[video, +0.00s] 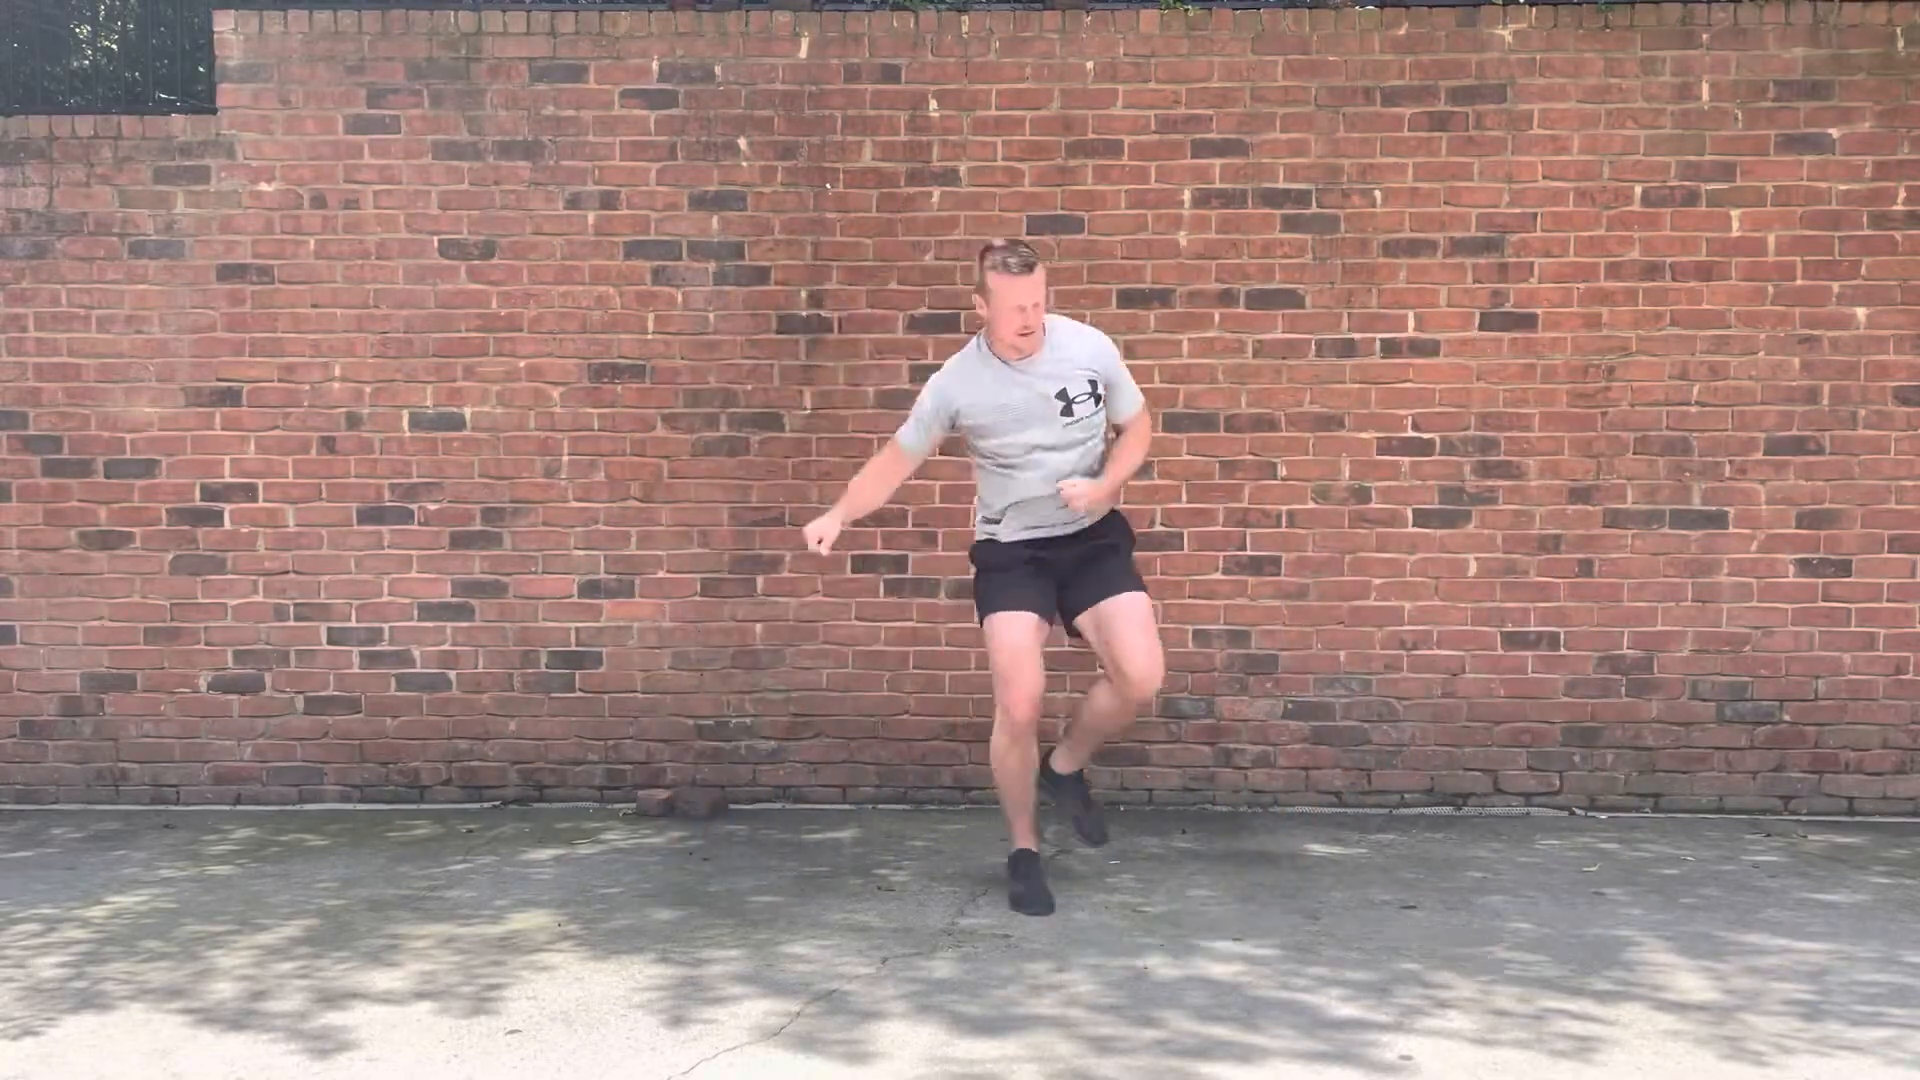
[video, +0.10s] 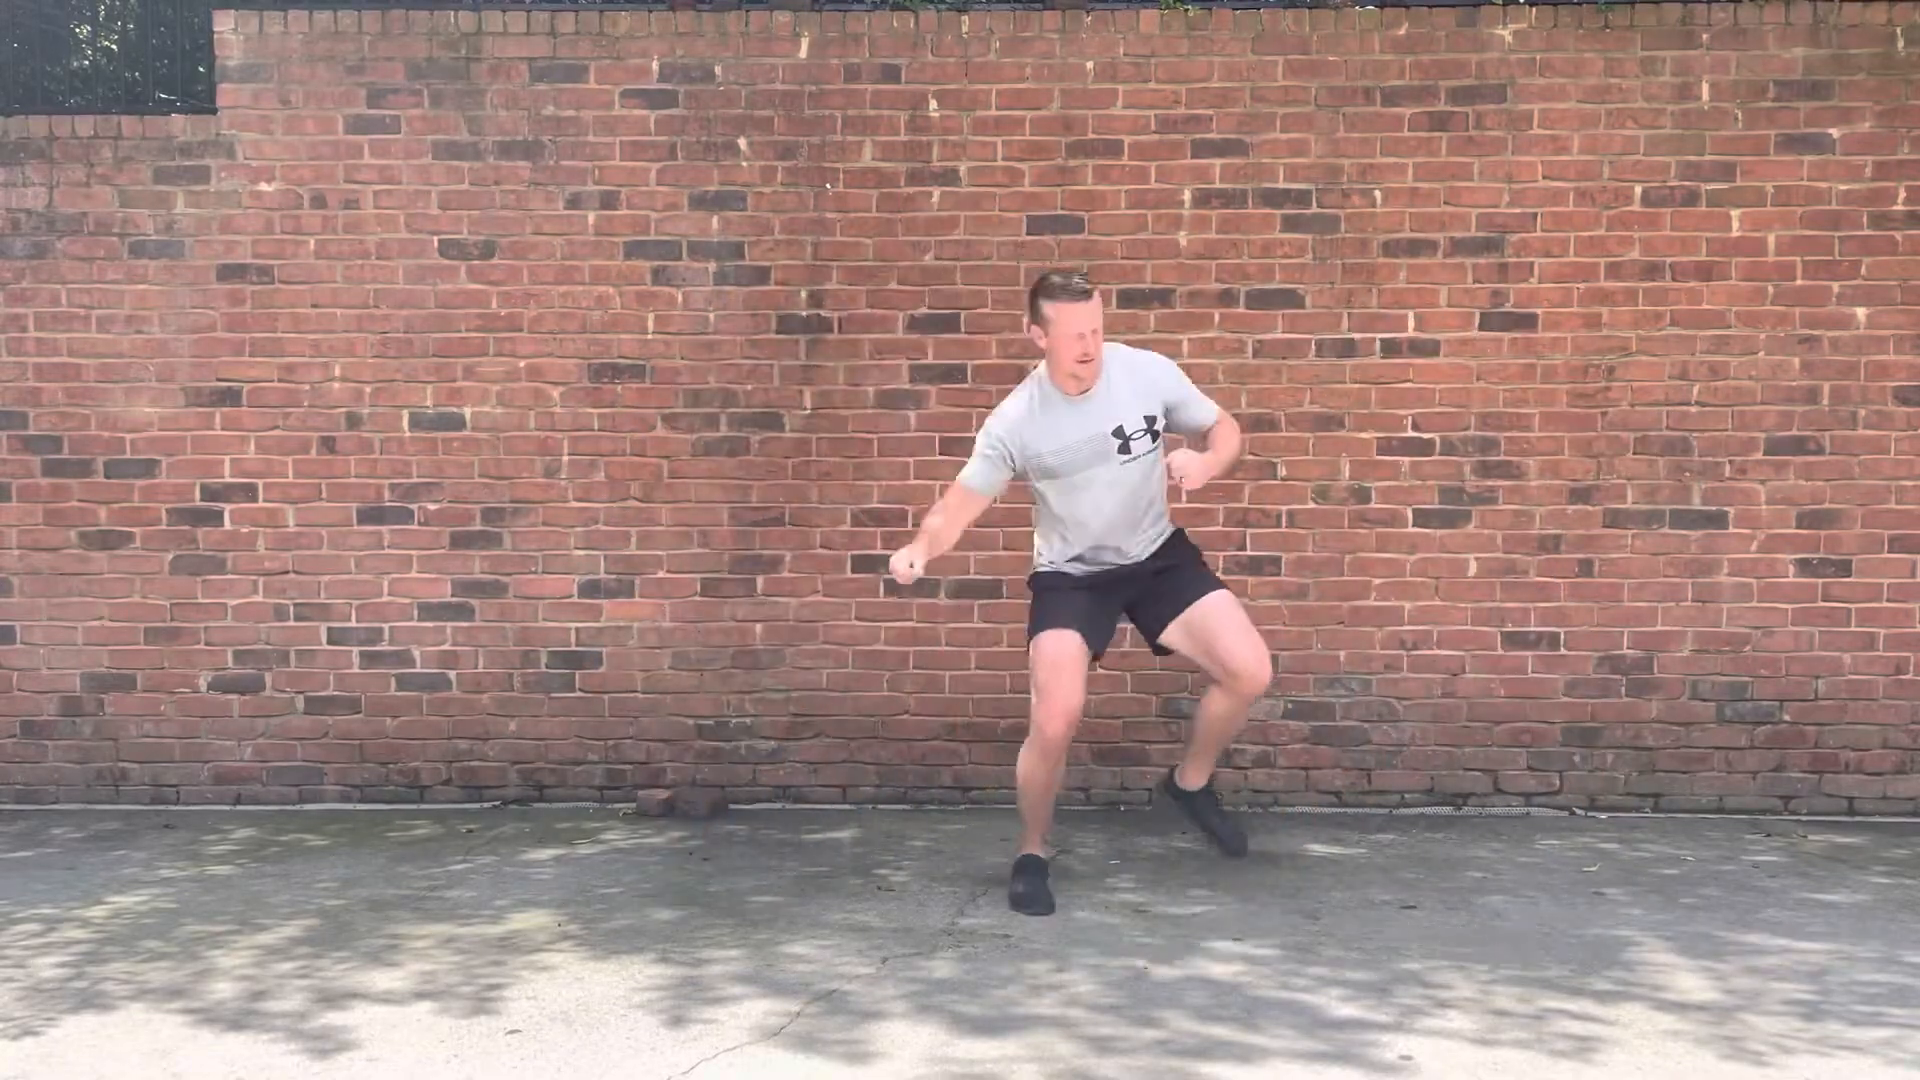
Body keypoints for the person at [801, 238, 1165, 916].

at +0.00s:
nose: (1029, 319)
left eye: (1037, 304)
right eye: (1013, 307)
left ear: (1048, 297)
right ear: (982, 306)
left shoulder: (1089, 348)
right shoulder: (954, 384)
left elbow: (1136, 423)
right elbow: (895, 459)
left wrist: (1106, 486)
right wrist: (839, 514)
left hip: (1095, 537)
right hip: (1011, 549)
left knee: (1141, 677)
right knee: (1020, 708)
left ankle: (1065, 767)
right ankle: (1024, 850)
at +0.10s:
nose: (1089, 348)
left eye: (1096, 332)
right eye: (1073, 335)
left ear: (1105, 325)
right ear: (1039, 335)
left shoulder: (1149, 374)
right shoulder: (1015, 422)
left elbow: (1224, 430)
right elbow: (955, 508)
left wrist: (1208, 461)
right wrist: (918, 550)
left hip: (1157, 556)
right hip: (1070, 573)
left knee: (1250, 670)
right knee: (1055, 719)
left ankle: (1191, 783)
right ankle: (1033, 853)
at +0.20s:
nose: (1176, 309)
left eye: (1184, 294)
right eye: (1161, 296)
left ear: (1193, 289)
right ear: (1125, 298)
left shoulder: (1228, 331)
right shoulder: (1094, 382)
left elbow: (1320, 355)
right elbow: (1035, 458)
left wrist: (1310, 392)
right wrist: (1016, 496)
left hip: (1243, 523)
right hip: (1150, 549)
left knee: (1358, 624)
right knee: (1103, 687)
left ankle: (1325, 737)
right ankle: (1042, 847)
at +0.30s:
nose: (1272, 285)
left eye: (1281, 270)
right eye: (1257, 272)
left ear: (1291, 262)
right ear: (1222, 264)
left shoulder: (1319, 305)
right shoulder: (1186, 346)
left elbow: (1405, 325)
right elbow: (1107, 413)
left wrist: (1472, 373)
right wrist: (1086, 448)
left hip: (1330, 499)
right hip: (1232, 521)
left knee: (1451, 613)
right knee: (1173, 669)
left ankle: (1449, 722)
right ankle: (1133, 804)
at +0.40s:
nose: (1372, 302)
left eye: (1380, 287)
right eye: (1361, 287)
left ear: (1389, 280)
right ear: (1320, 280)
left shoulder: (1415, 320)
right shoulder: (1272, 348)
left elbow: (1487, 345)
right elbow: (1176, 397)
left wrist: (1574, 372)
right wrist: (1153, 432)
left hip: (1412, 517)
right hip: (1314, 531)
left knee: (1513, 649)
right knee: (1268, 693)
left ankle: (1564, 774)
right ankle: (1277, 757)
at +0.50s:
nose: (1477, 356)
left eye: (1488, 343)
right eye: (1466, 341)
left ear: (1497, 337)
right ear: (1428, 329)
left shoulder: (1510, 374)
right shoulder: (1374, 389)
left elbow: (1549, 390)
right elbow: (1268, 413)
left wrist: (1602, 406)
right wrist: (1258, 449)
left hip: (1492, 569)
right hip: (1397, 579)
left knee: (1574, 709)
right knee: (1378, 745)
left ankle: (1643, 849)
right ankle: (1410, 733)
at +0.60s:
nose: (1574, 422)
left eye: (1585, 409)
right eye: (1563, 406)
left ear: (1594, 404)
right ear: (1526, 391)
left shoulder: (1582, 456)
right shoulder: (1453, 454)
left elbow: (1612, 494)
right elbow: (1363, 514)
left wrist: (1662, 517)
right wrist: (1420, 572)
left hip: (1541, 613)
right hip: (1457, 636)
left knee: (1637, 735)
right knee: (1505, 784)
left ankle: (1655, 860)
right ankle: (1533, 751)